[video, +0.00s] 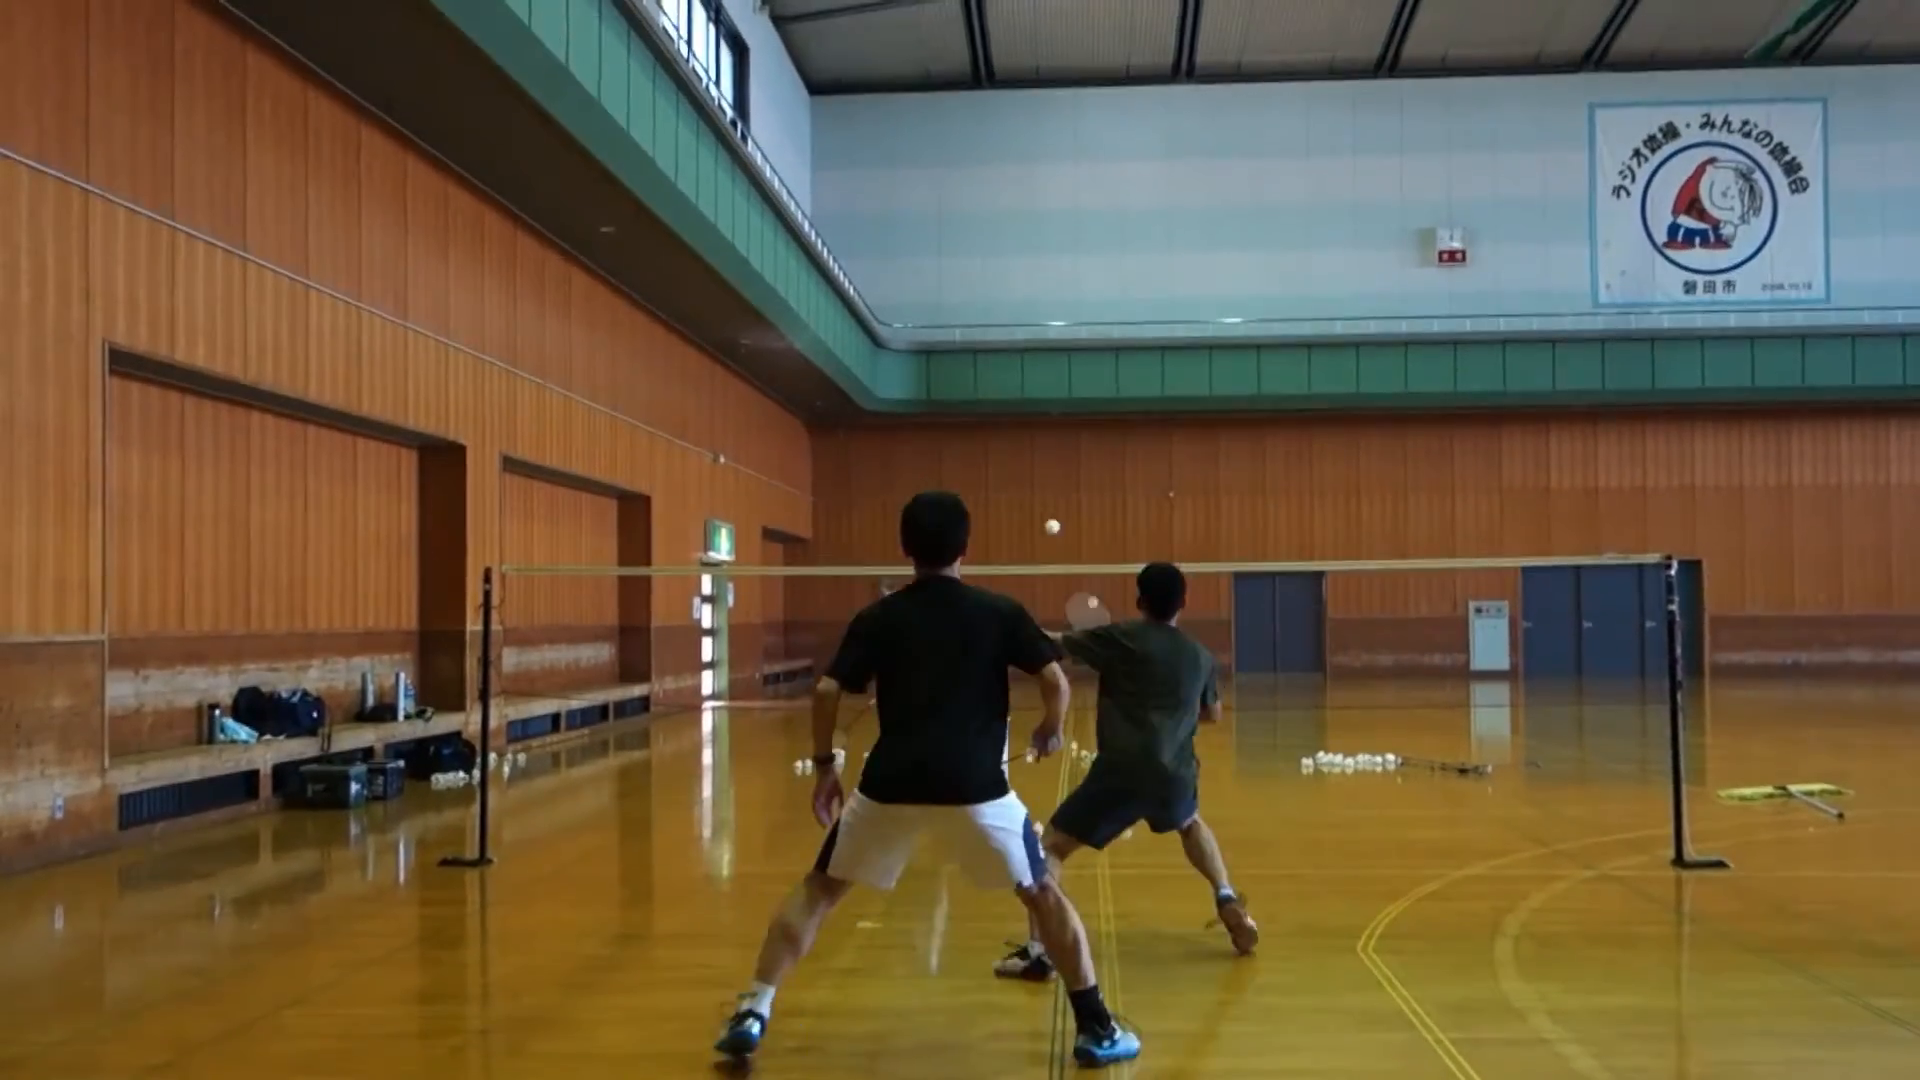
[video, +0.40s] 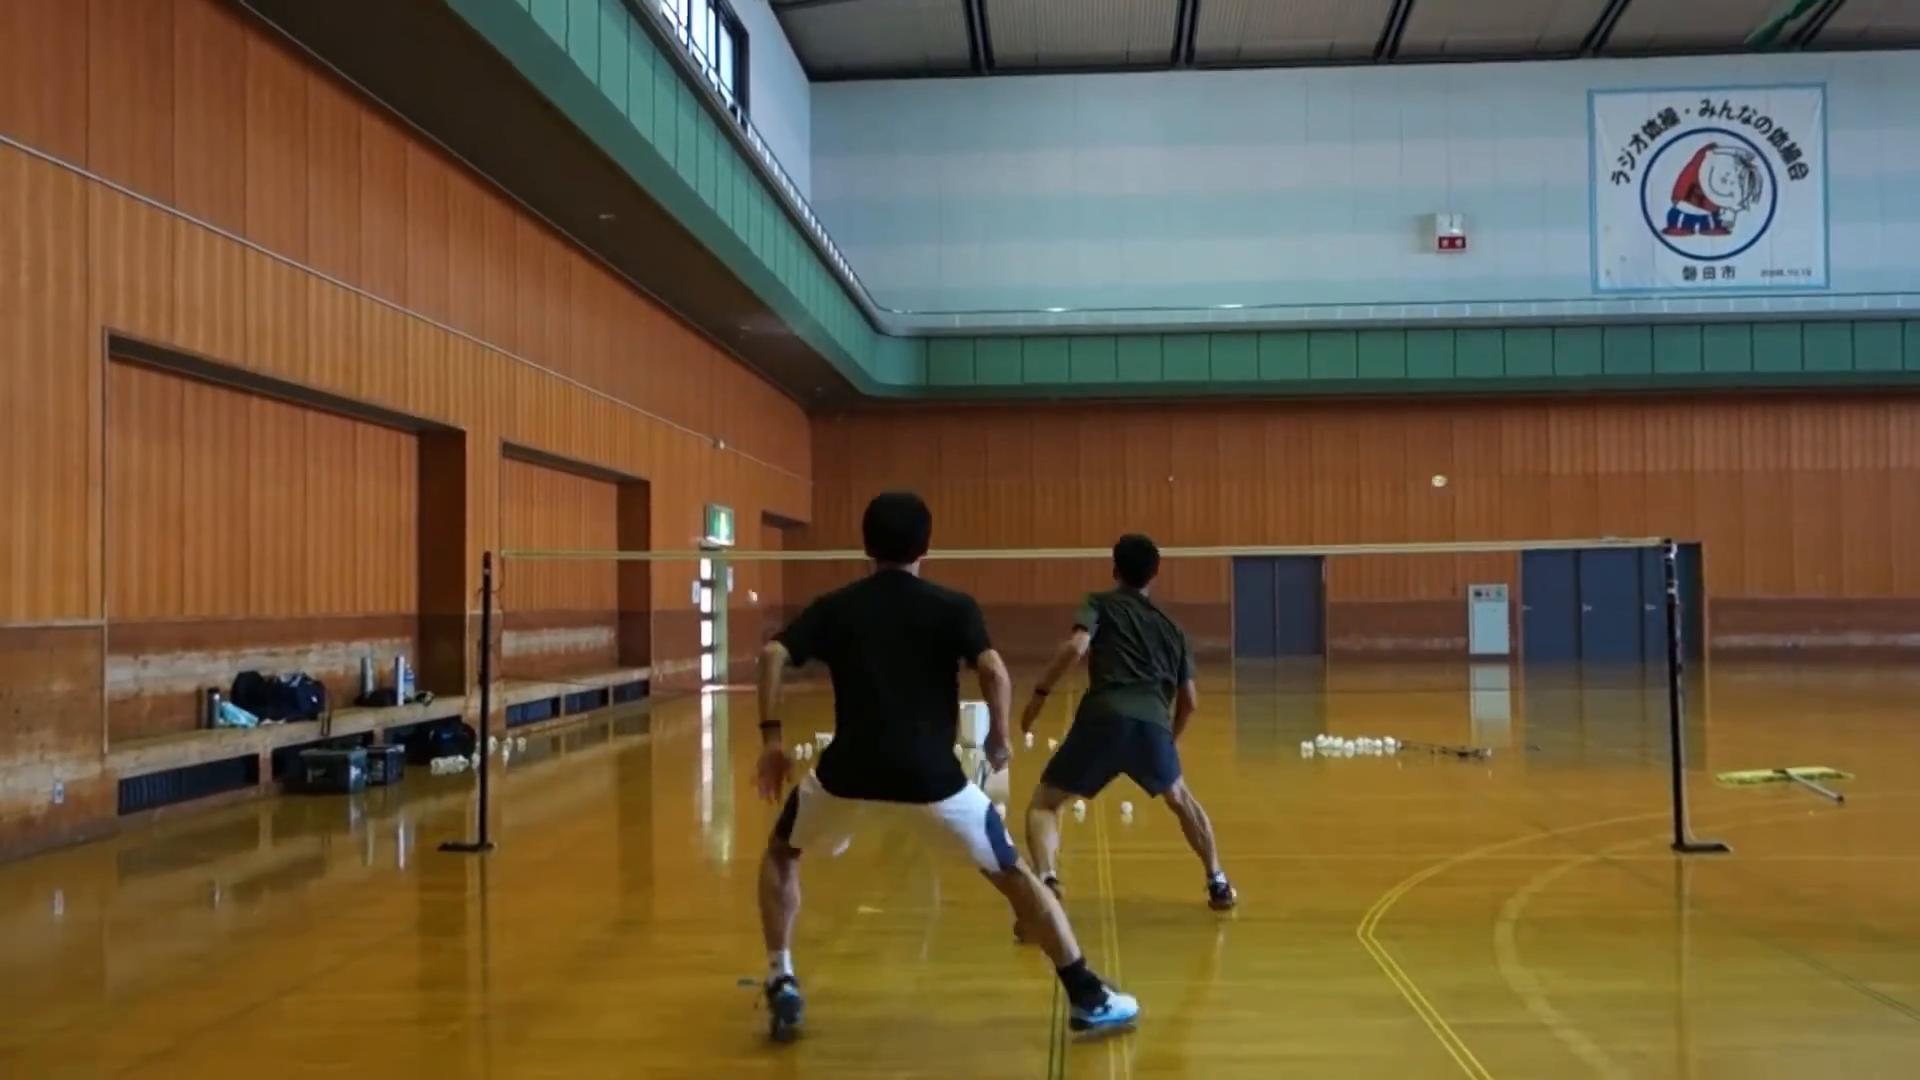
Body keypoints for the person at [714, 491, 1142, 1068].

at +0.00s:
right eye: (958, 539)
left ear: (905, 547)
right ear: (964, 547)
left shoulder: (878, 617)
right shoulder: (999, 613)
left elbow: (826, 691)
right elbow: (1056, 679)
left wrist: (825, 766)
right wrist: (1051, 728)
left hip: (890, 788)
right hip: (976, 789)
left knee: (817, 890)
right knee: (1043, 893)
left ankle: (754, 1009)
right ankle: (1096, 1027)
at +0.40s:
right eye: (925, 540)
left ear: (868, 545)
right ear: (926, 547)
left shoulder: (838, 606)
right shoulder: (953, 607)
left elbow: (772, 655)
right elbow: (994, 672)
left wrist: (771, 740)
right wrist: (1000, 739)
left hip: (847, 772)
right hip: (931, 777)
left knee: (782, 853)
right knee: (1014, 875)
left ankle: (780, 981)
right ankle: (1088, 996)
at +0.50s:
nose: (894, 555)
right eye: (893, 549)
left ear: (832, 555)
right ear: (890, 558)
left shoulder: (808, 617)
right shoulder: (917, 623)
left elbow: (742, 681)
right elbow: (952, 699)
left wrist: (734, 770)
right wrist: (949, 782)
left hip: (806, 782)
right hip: (889, 784)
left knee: (737, 868)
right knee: (977, 877)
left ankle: (685, 988)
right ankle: (1033, 1008)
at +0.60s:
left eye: (786, 556)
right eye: (838, 559)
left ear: (781, 566)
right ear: (840, 568)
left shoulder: (753, 637)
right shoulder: (866, 641)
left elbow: (715, 727)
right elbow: (894, 740)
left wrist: (700, 799)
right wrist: (903, 824)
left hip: (761, 802)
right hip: (849, 804)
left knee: (684, 878)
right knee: (946, 884)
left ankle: (631, 1000)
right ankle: (1031, 1002)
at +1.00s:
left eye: (750, 565)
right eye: (797, 566)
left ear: (744, 576)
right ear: (803, 574)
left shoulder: (717, 653)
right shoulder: (837, 640)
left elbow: (689, 746)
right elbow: (882, 728)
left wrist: (680, 820)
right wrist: (891, 780)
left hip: (746, 817)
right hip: (836, 812)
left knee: (682, 906)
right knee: (923, 873)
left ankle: (636, 1032)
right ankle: (987, 984)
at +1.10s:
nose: (777, 575)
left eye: (777, 568)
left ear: (779, 576)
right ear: (837, 574)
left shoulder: (758, 646)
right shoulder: (875, 635)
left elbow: (712, 727)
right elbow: (932, 698)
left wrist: (684, 805)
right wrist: (945, 745)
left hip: (780, 810)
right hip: (866, 805)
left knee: (709, 903)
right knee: (946, 874)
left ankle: (643, 1016)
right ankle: (990, 990)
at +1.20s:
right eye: (872, 526)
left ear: (815, 533)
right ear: (872, 531)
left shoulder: (793, 602)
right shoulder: (909, 587)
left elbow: (741, 660)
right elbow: (963, 638)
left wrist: (717, 737)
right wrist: (976, 689)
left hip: (829, 759)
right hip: (908, 756)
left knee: (755, 855)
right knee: (964, 839)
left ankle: (684, 967)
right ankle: (996, 960)